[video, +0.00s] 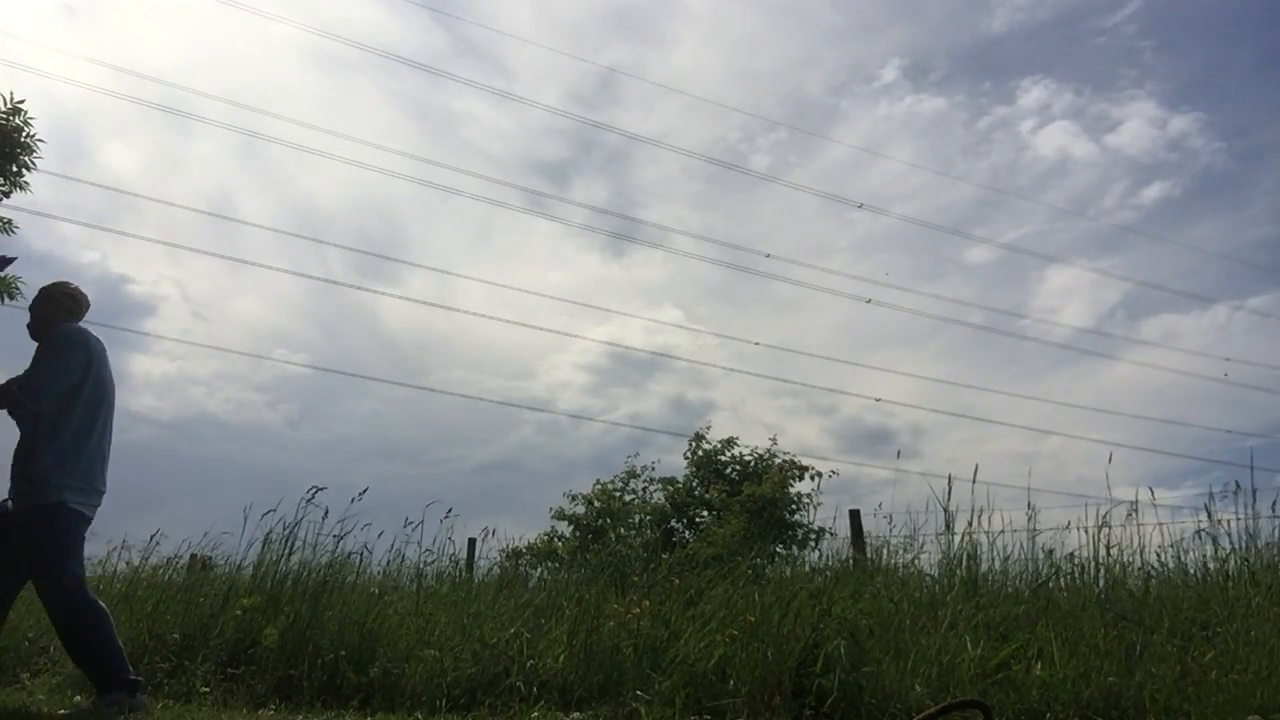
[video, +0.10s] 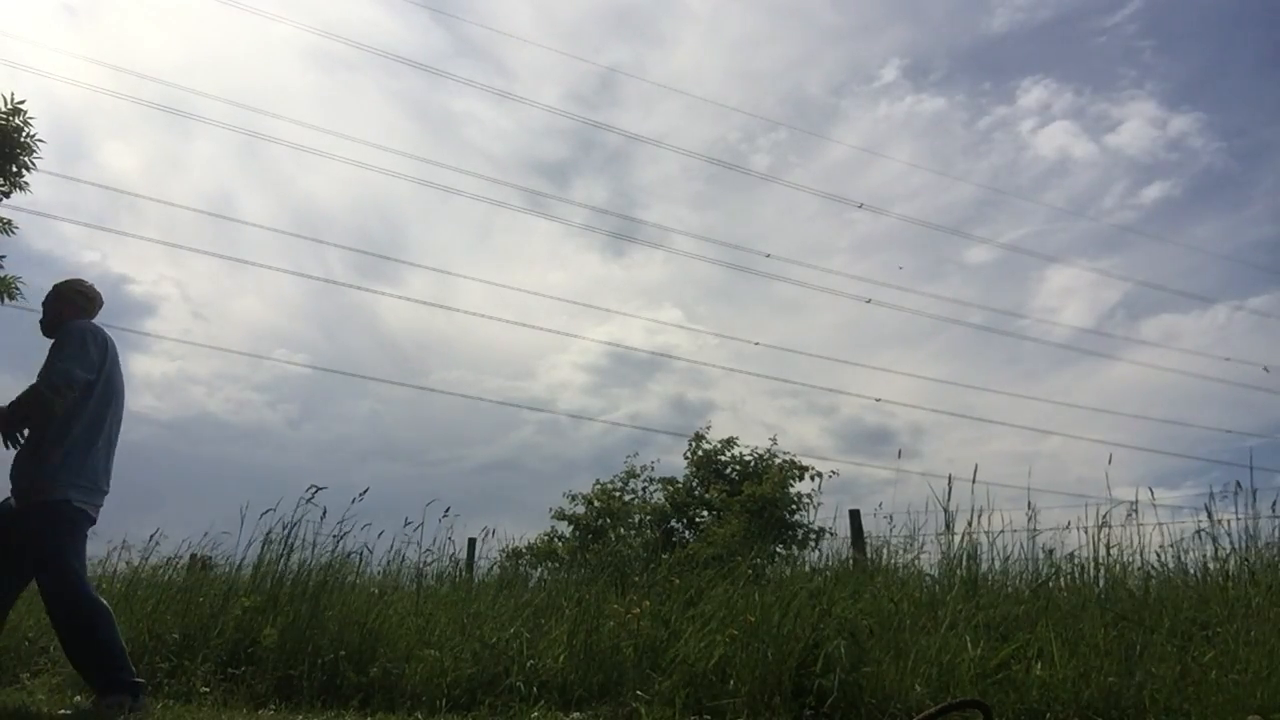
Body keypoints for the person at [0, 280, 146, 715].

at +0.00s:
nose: (29, 321)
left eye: (34, 311)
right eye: (30, 313)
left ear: (53, 308)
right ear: (69, 311)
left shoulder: (68, 339)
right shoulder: (85, 349)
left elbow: (36, 405)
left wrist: (11, 390)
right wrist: (19, 392)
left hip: (53, 493)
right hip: (64, 494)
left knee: (64, 593)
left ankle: (120, 691)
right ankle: (117, 689)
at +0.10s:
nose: (42, 314)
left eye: (48, 306)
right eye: (44, 307)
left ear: (69, 305)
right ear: (80, 308)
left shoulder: (82, 334)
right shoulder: (91, 345)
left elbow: (51, 394)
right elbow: (58, 410)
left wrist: (10, 416)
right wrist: (19, 415)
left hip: (58, 490)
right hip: (55, 493)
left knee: (65, 590)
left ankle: (120, 692)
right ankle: (116, 690)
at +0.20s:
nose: (49, 311)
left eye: (56, 302)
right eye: (51, 303)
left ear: (76, 299)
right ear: (92, 304)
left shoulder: (84, 326)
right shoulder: (104, 347)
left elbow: (76, 378)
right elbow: (65, 427)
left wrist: (18, 400)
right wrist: (15, 421)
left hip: (57, 483)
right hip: (62, 485)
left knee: (67, 589)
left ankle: (120, 692)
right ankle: (117, 690)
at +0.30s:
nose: (51, 308)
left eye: (56, 299)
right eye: (52, 301)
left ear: (73, 294)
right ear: (94, 299)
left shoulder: (79, 318)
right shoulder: (110, 346)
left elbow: (70, 367)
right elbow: (93, 421)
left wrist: (14, 393)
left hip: (59, 484)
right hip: (71, 487)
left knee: (66, 588)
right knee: (8, 581)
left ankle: (120, 691)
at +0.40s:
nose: (49, 307)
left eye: (51, 300)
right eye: (51, 301)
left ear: (61, 296)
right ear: (90, 303)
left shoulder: (62, 318)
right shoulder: (117, 356)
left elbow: (46, 368)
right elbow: (122, 429)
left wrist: (10, 405)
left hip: (53, 476)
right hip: (85, 483)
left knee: (61, 584)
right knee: (8, 575)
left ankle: (121, 690)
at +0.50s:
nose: (33, 317)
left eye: (37, 309)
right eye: (35, 311)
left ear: (48, 307)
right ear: (79, 314)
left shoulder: (40, 336)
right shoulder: (107, 359)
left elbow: (21, 398)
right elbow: (154, 411)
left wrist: (14, 420)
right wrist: (107, 435)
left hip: (47, 482)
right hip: (85, 488)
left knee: (57, 588)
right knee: (2, 576)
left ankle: (120, 691)